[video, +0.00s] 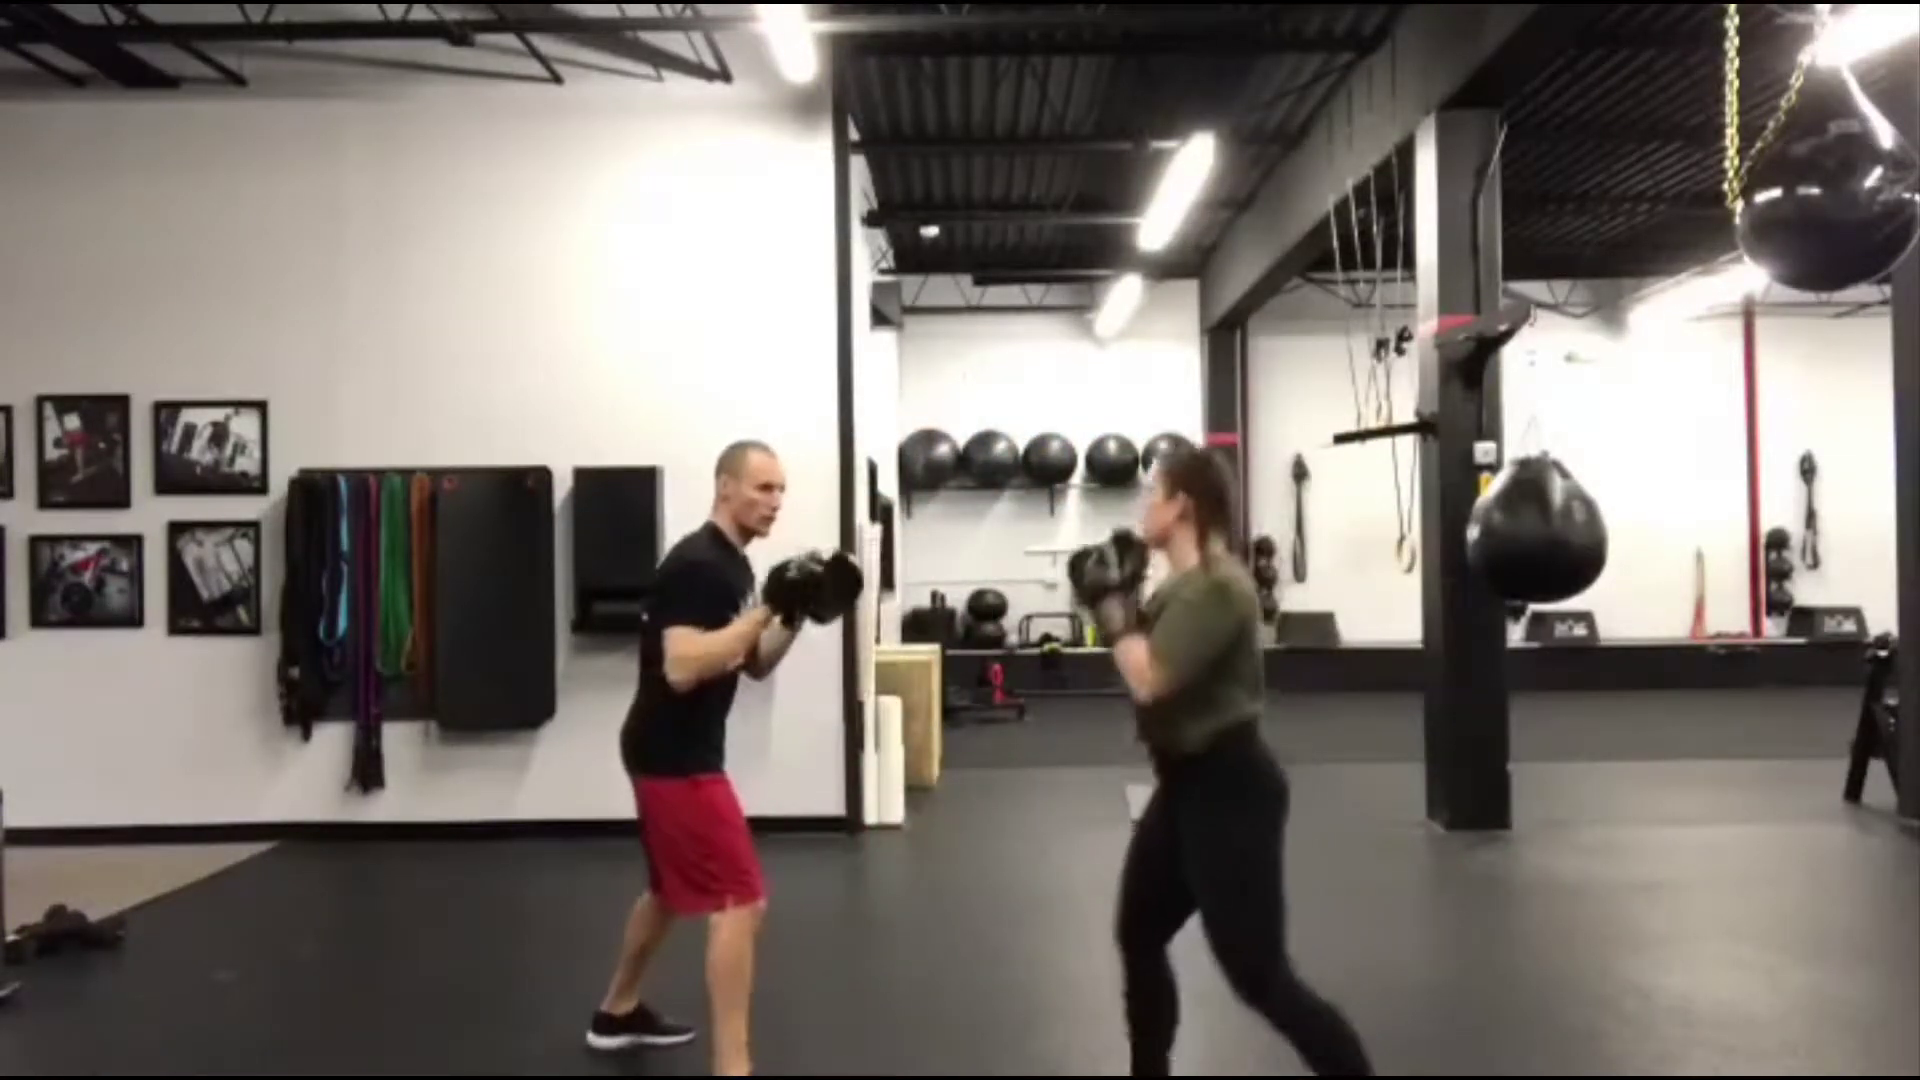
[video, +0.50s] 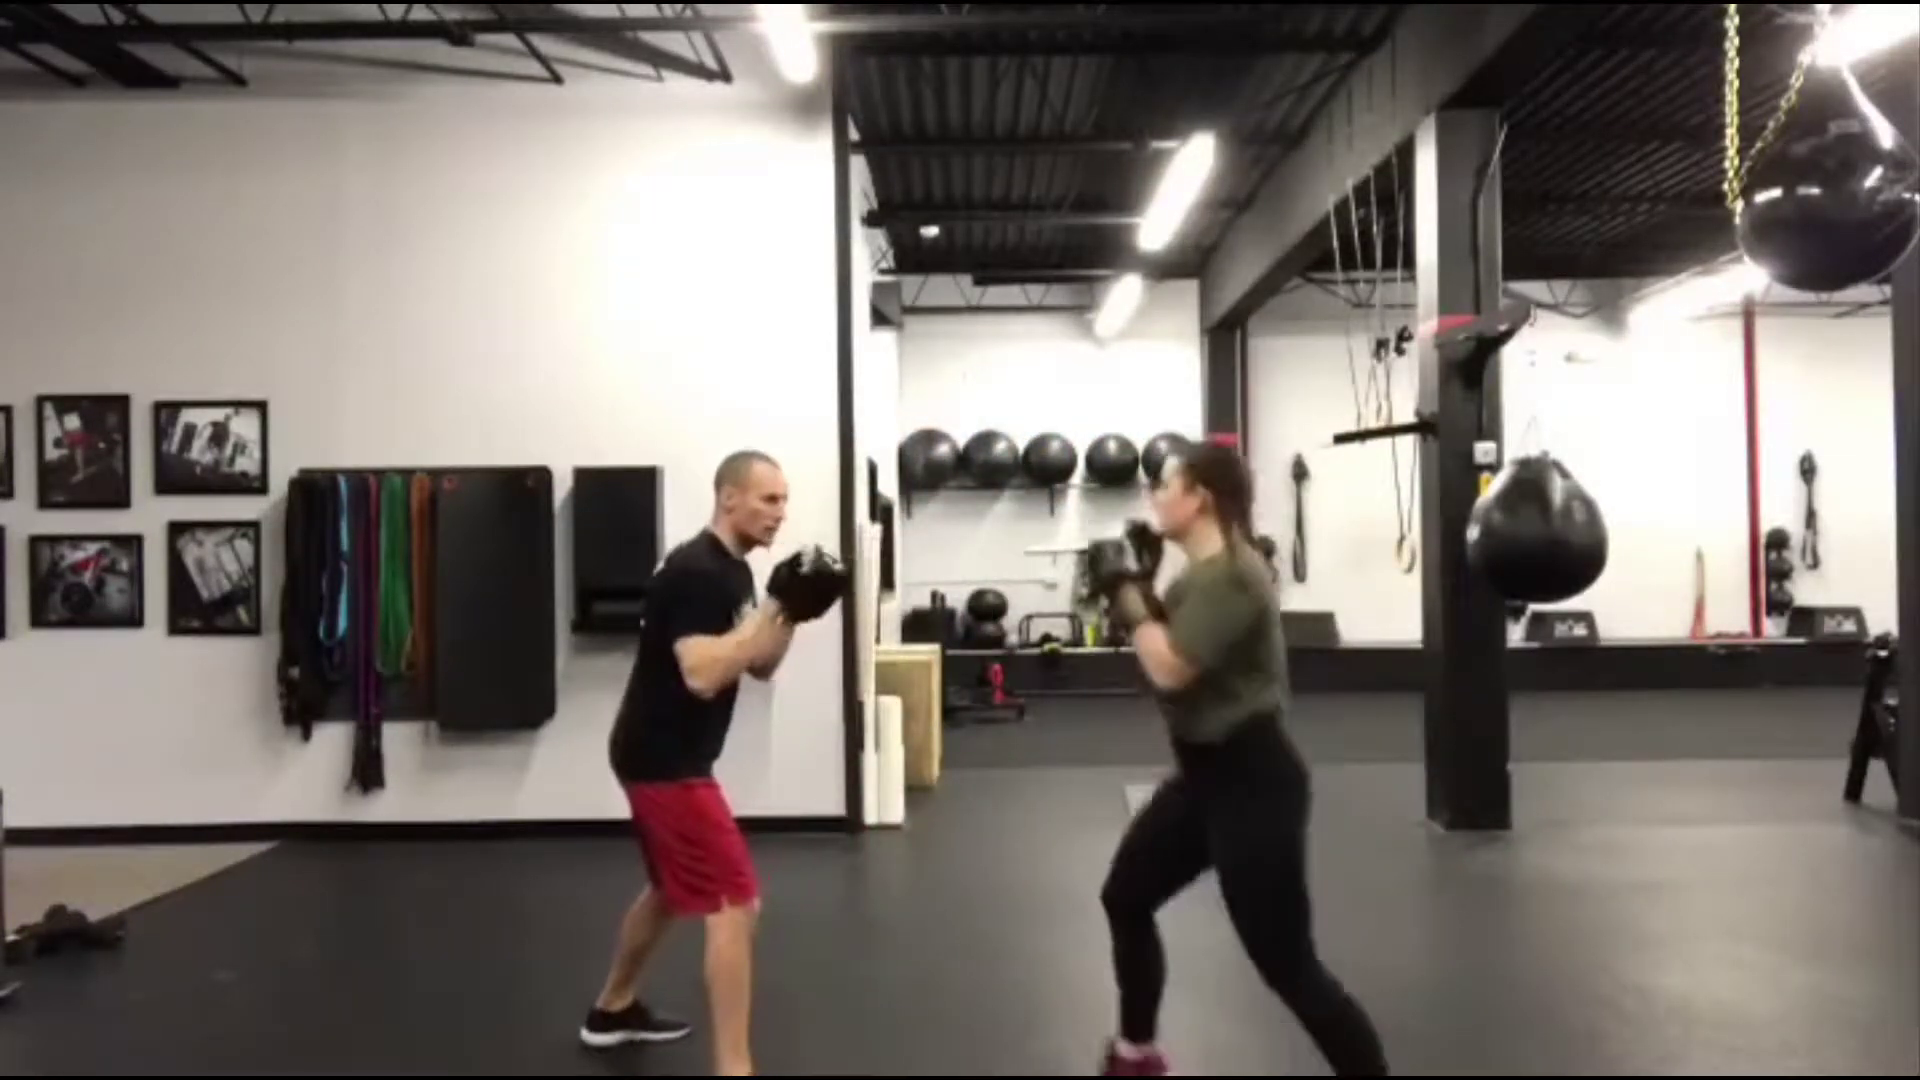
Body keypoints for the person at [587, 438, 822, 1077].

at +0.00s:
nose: (776, 502)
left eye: (780, 491)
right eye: (764, 489)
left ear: (768, 496)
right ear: (725, 490)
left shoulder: (733, 565)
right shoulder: (694, 564)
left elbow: (755, 663)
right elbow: (680, 667)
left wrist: (794, 613)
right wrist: (761, 612)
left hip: (678, 754)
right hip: (675, 760)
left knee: (669, 888)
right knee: (740, 903)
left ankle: (618, 1010)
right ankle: (733, 1065)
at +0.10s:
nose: (781, 505)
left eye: (785, 494)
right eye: (770, 492)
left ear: (770, 499)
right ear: (729, 493)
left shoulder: (730, 569)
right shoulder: (703, 569)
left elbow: (751, 671)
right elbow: (699, 670)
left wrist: (792, 623)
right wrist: (781, 614)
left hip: (673, 760)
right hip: (679, 765)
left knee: (675, 891)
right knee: (750, 905)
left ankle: (617, 1012)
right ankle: (737, 1067)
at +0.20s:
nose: (788, 506)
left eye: (792, 494)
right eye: (777, 491)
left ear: (757, 497)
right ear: (737, 491)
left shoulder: (734, 566)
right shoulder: (708, 565)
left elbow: (742, 670)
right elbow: (712, 670)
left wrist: (790, 617)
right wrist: (785, 610)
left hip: (671, 756)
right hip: (678, 762)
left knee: (676, 886)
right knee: (748, 906)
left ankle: (620, 1007)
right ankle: (737, 1066)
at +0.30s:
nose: (789, 508)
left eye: (792, 496)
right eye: (777, 494)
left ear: (773, 498)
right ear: (736, 493)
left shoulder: (741, 566)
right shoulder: (703, 567)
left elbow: (759, 662)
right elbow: (713, 668)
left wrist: (793, 602)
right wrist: (783, 600)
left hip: (678, 756)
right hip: (672, 761)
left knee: (671, 885)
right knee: (743, 905)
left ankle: (617, 1003)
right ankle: (736, 1066)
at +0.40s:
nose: (783, 514)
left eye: (786, 502)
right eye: (772, 501)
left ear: (767, 506)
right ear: (731, 501)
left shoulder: (739, 572)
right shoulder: (695, 573)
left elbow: (769, 663)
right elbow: (710, 672)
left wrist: (798, 606)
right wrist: (779, 603)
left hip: (675, 761)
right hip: (668, 765)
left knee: (671, 888)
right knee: (743, 905)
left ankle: (612, 1009)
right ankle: (737, 1067)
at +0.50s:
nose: (780, 513)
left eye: (783, 501)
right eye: (770, 500)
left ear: (749, 504)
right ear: (730, 499)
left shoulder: (733, 571)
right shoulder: (692, 570)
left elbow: (760, 663)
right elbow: (702, 674)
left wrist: (789, 612)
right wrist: (772, 615)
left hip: (673, 758)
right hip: (662, 762)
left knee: (671, 887)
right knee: (734, 904)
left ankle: (613, 1008)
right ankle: (735, 1066)